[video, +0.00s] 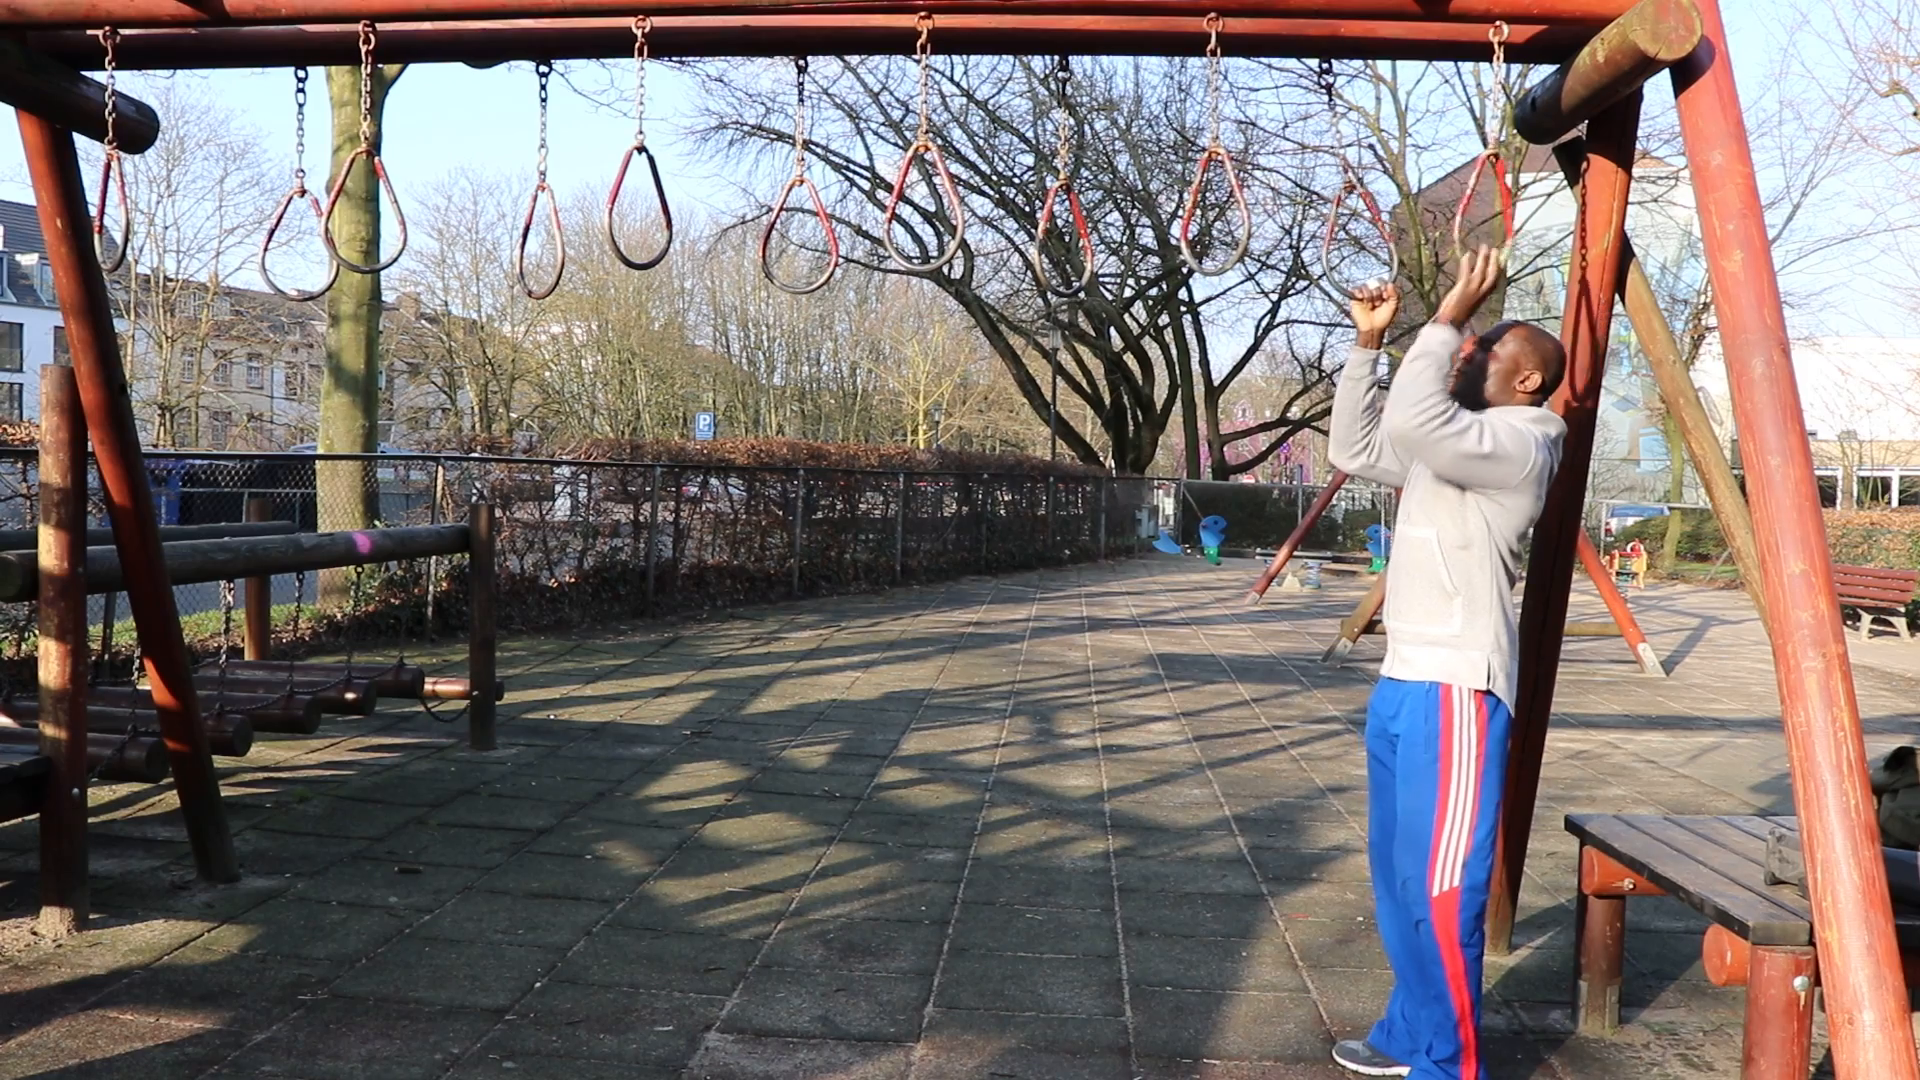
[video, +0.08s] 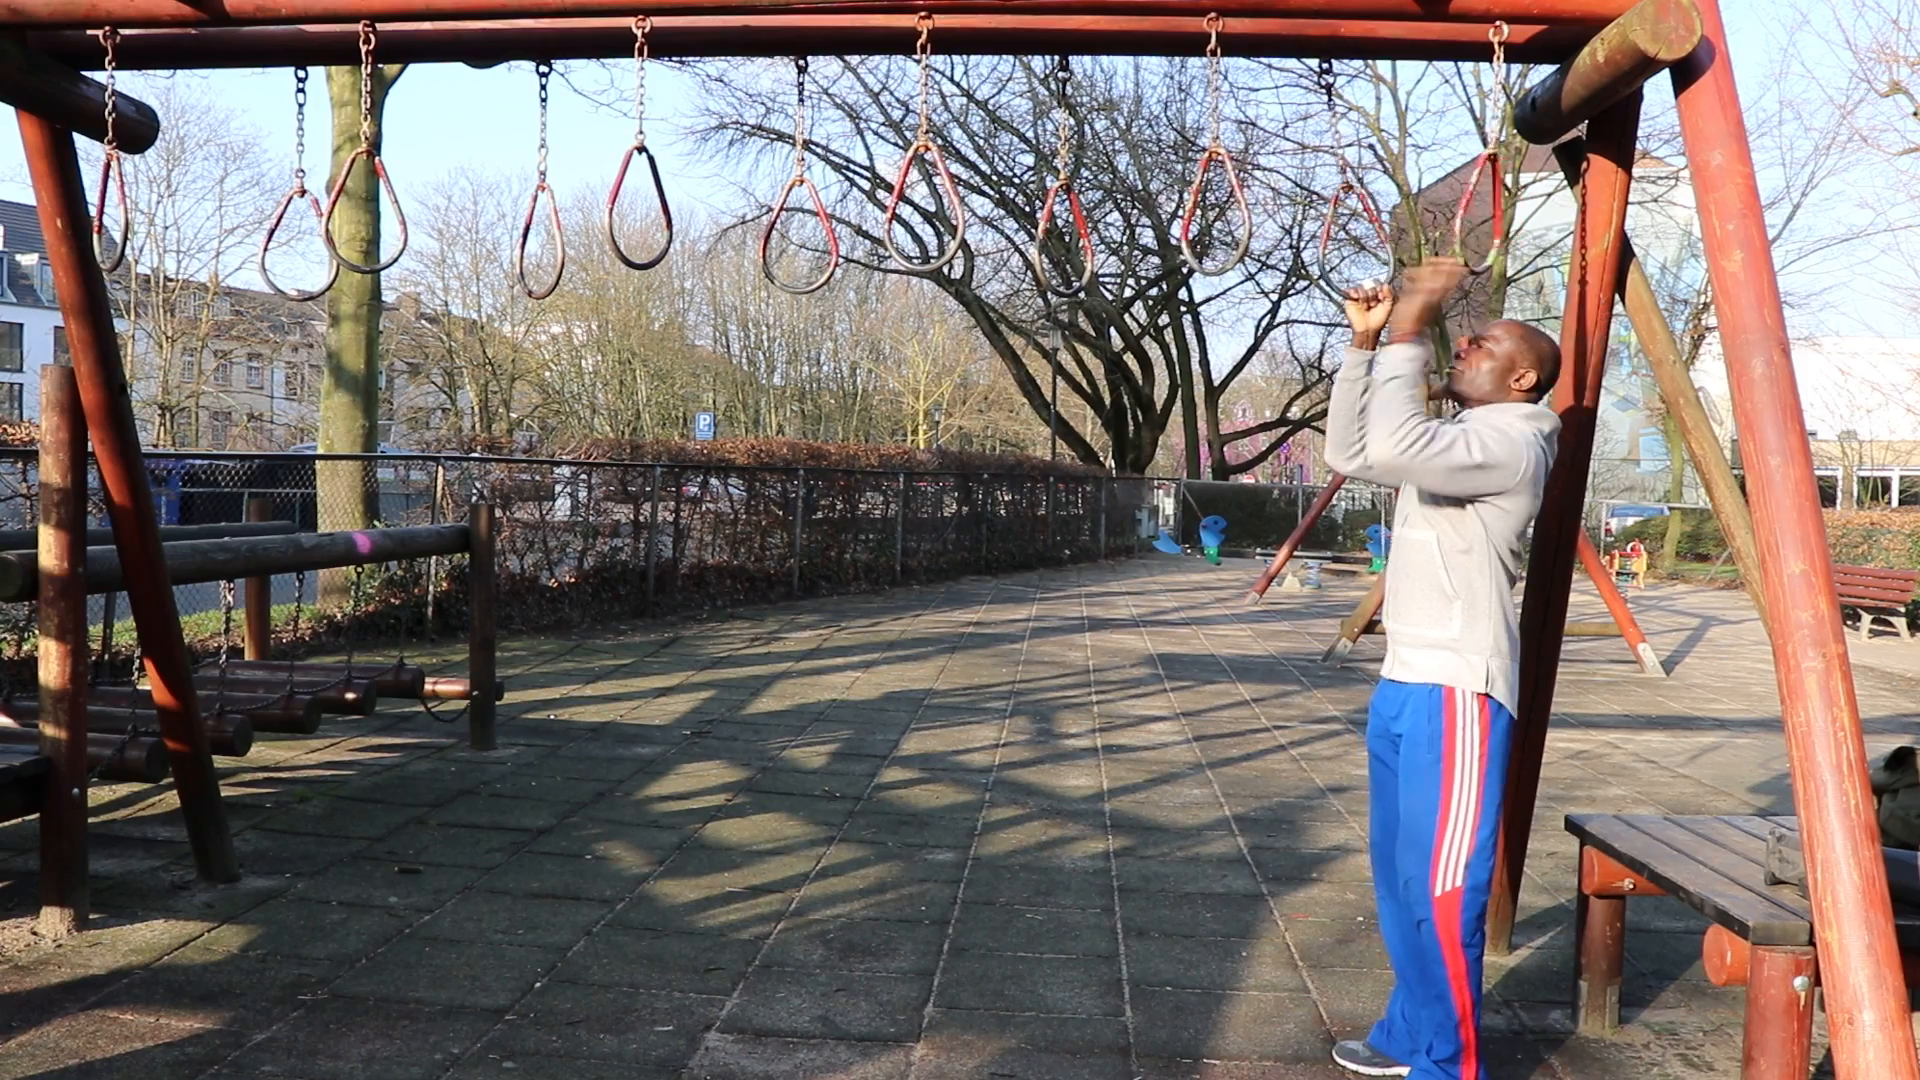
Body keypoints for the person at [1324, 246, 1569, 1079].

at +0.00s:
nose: (1469, 349)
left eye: (1492, 344)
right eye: (1475, 341)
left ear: (1530, 379)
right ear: (1495, 370)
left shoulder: (1523, 443)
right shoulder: (1457, 434)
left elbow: (1414, 428)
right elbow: (1353, 448)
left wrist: (1448, 322)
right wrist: (1368, 345)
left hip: (1459, 690)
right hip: (1406, 686)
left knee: (1438, 888)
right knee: (1399, 879)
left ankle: (1449, 1061)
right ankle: (1412, 1034)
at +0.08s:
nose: (1462, 356)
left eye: (1484, 348)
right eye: (1467, 345)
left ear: (1523, 378)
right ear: (1492, 372)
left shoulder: (1512, 439)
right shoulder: (1457, 429)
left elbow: (1396, 447)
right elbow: (1348, 453)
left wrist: (1410, 325)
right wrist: (1362, 343)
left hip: (1462, 688)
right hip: (1408, 683)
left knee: (1441, 886)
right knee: (1401, 877)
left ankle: (1448, 1059)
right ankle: (1412, 1034)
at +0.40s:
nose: (1430, 349)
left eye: (1452, 342)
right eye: (1439, 339)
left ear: (1492, 376)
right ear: (1455, 366)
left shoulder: (1481, 429)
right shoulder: (1432, 433)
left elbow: (1355, 398)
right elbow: (1336, 456)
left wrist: (1243, 305)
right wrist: (1355, 346)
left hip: (1455, 686)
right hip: (1404, 683)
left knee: (1437, 881)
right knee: (1399, 874)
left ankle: (1448, 1060)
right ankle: (1410, 1036)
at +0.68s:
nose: (1402, 359)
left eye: (1421, 349)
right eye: (1409, 347)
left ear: (1466, 376)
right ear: (1460, 376)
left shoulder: (1454, 436)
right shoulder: (1427, 432)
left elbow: (1317, 427)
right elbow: (1323, 442)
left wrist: (1294, 309)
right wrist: (1343, 343)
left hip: (1407, 674)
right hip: (1367, 666)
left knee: (1356, 868)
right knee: (1316, 836)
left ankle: (1411, 1053)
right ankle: (1386, 1010)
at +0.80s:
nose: (1380, 365)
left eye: (1398, 355)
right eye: (1388, 353)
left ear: (1440, 380)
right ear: (1439, 382)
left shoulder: (1424, 443)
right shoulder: (1412, 437)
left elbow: (1279, 429)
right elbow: (1311, 432)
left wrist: (1269, 314)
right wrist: (1329, 342)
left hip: (1369, 675)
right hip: (1337, 665)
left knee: (1289, 860)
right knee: (1262, 825)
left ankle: (1344, 1046)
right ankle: (1337, 997)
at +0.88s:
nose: (1360, 369)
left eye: (1380, 358)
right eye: (1370, 357)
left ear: (1420, 383)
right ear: (1419, 383)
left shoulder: (1400, 444)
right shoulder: (1395, 437)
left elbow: (1254, 436)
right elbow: (1291, 439)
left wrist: (1248, 318)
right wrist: (1322, 344)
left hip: (1340, 676)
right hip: (1314, 663)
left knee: (1236, 850)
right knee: (1217, 802)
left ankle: (1280, 1043)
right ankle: (1290, 992)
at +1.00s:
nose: (1328, 360)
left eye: (1348, 352)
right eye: (1335, 347)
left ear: (1388, 377)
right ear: (1386, 377)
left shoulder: (1366, 439)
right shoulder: (1369, 434)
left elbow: (1215, 435)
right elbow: (1273, 430)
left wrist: (1223, 317)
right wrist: (1306, 343)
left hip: (1298, 667)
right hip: (1280, 650)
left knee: (1148, 804)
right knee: (1152, 719)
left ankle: (1165, 1010)